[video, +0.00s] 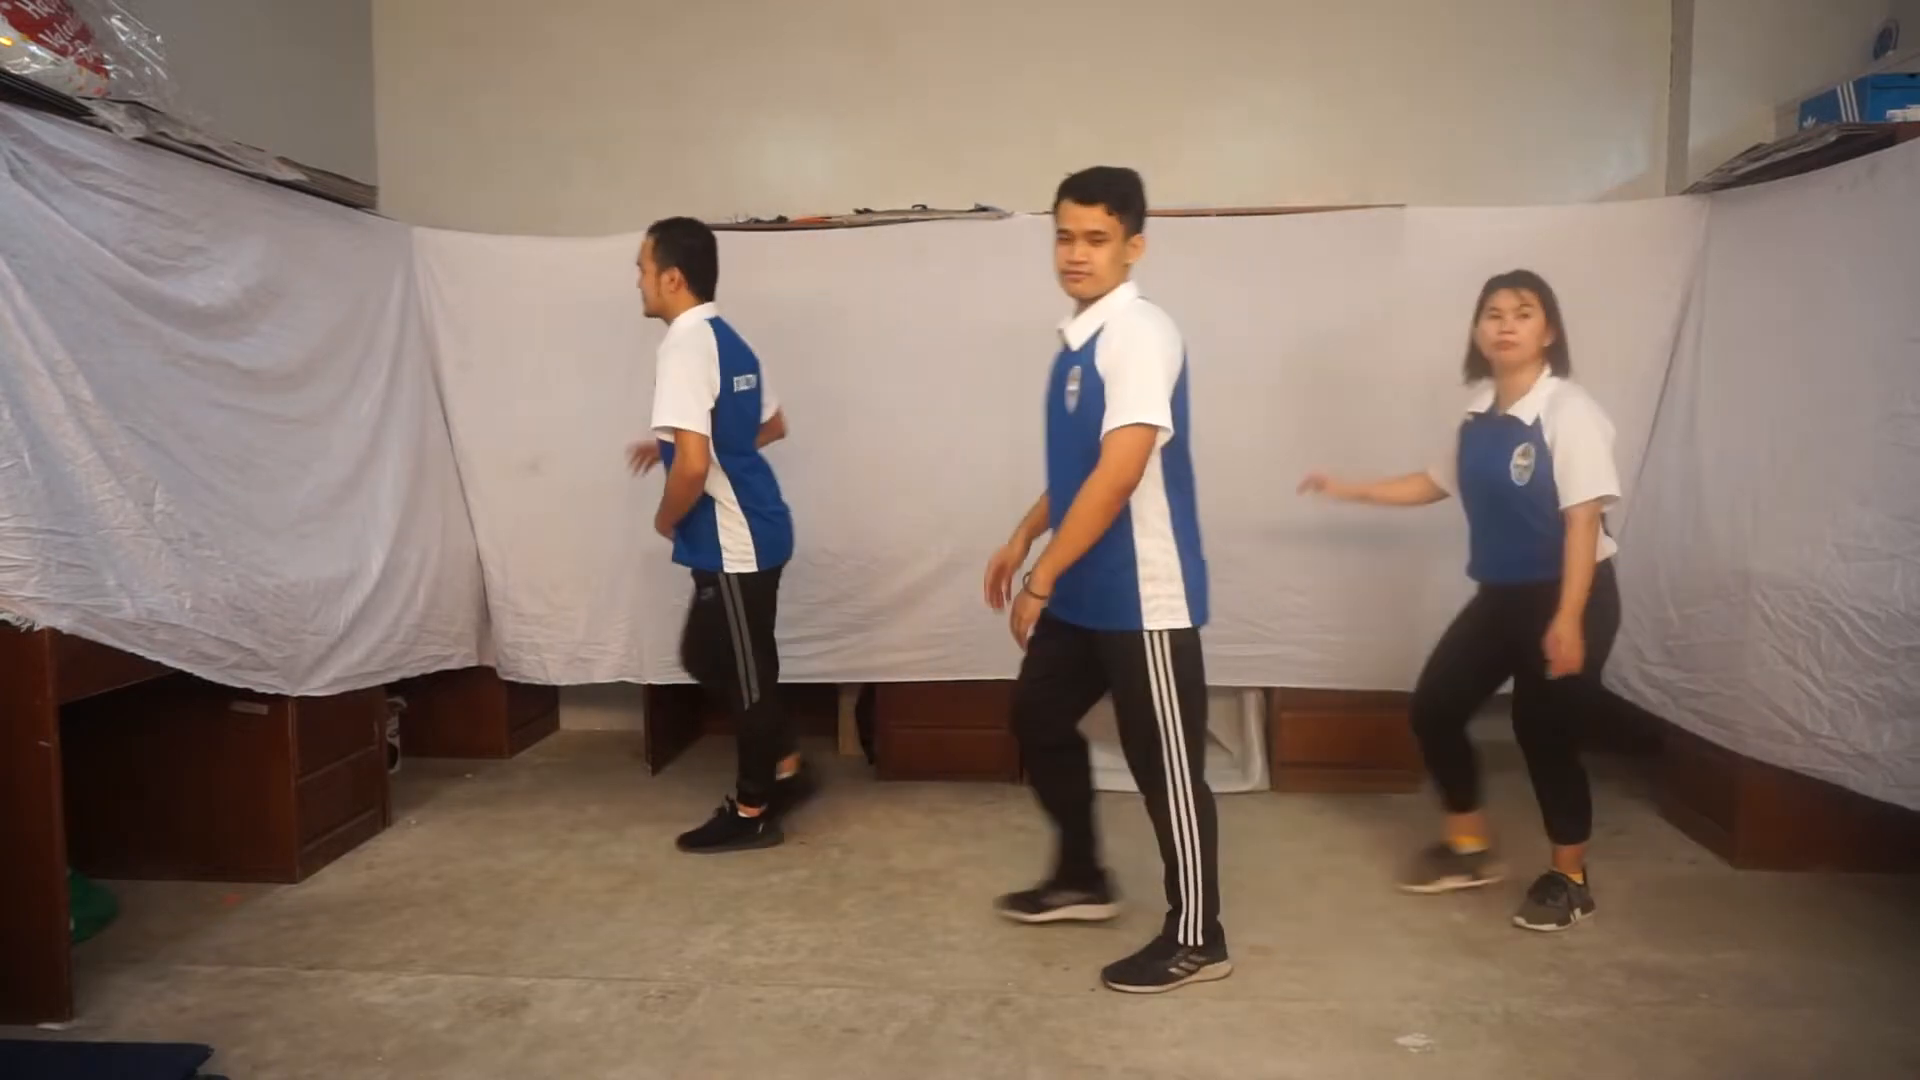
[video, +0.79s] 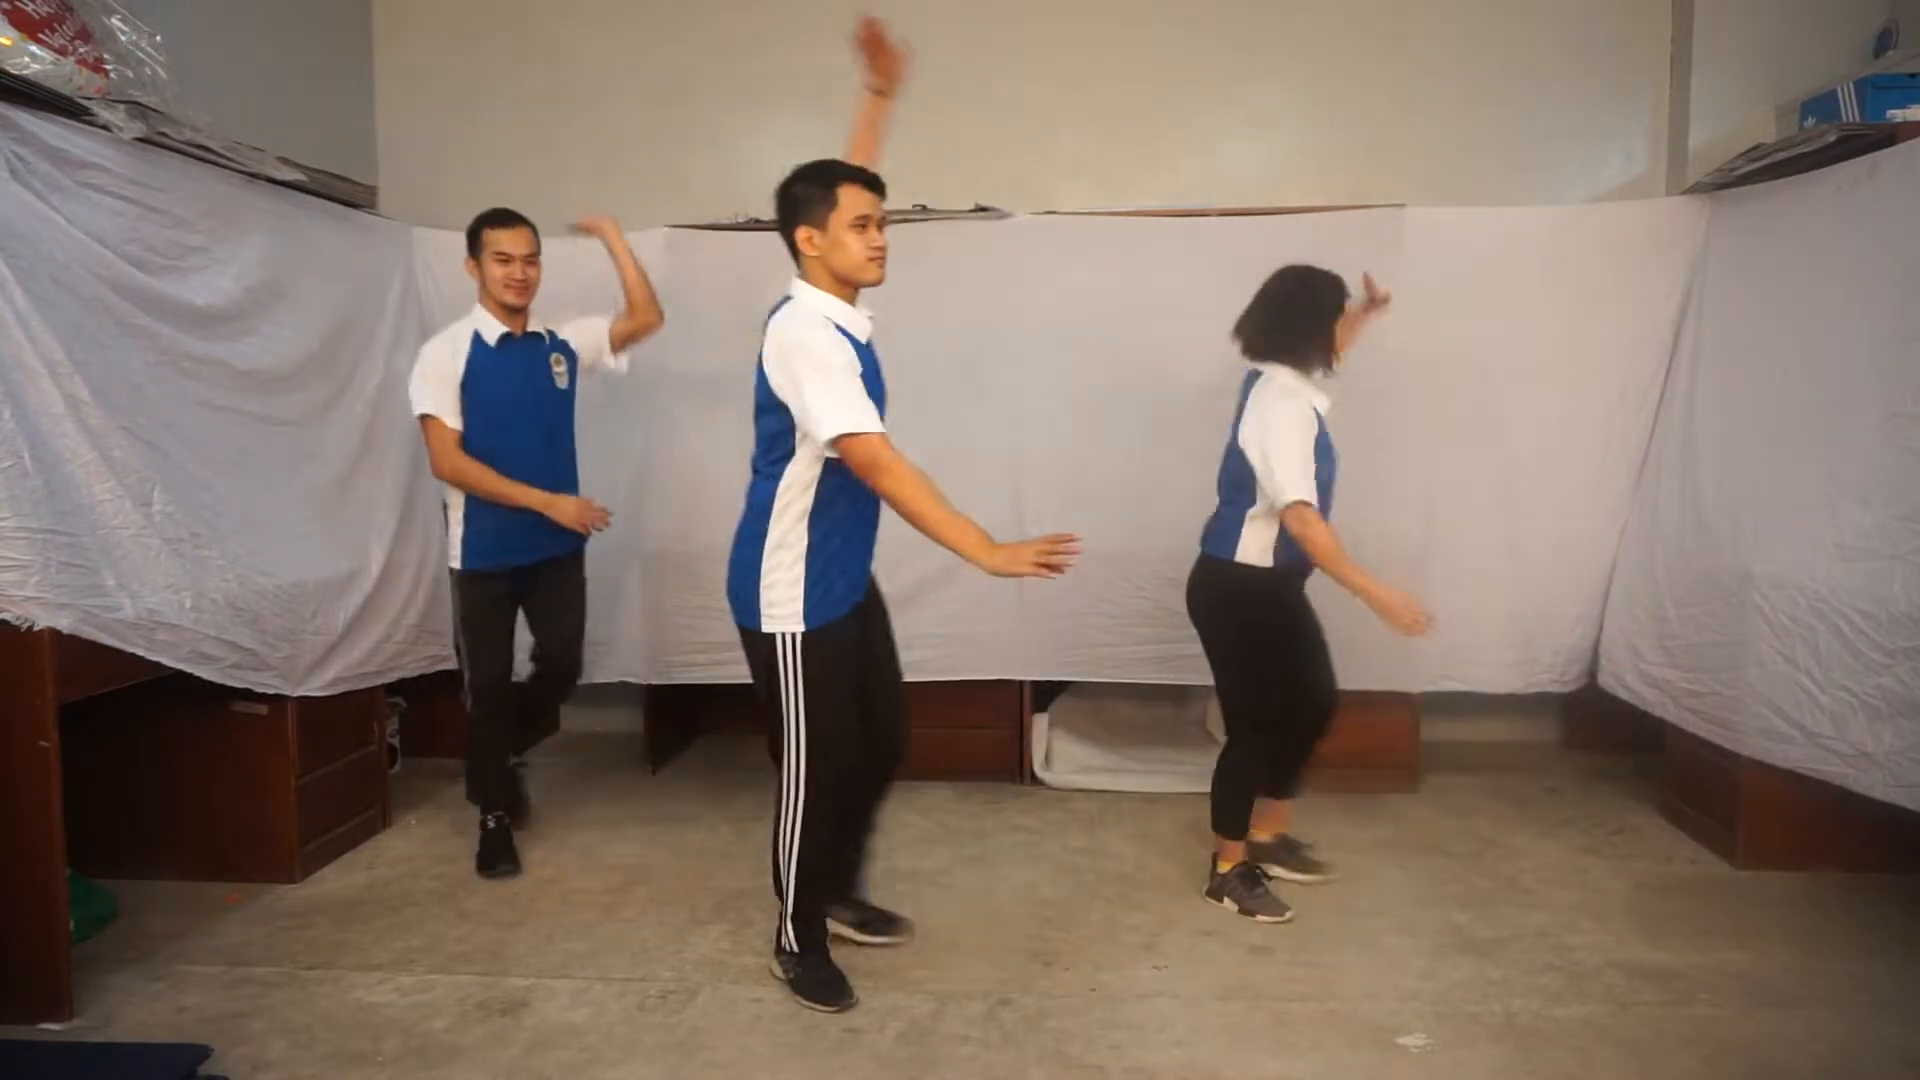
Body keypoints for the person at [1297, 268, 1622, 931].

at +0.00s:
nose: (1505, 324)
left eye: (1523, 314)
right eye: (1493, 315)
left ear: (1549, 333)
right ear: (1478, 334)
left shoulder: (1572, 412)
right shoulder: (1477, 415)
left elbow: (1584, 525)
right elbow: (1434, 484)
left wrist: (1569, 618)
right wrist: (1348, 490)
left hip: (1569, 595)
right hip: (1500, 597)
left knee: (1542, 725)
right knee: (1434, 708)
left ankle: (1570, 875)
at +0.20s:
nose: (1467, 319)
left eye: (1480, 308)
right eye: (1452, 310)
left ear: (1500, 325)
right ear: (1429, 329)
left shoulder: (1526, 411)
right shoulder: (1399, 406)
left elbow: (1574, 507)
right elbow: (1358, 489)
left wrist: (1616, 594)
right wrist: (1300, 552)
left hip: (1487, 598)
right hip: (1401, 593)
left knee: (1474, 734)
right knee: (1384, 724)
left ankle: (1519, 859)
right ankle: (1378, 856)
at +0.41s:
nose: (1430, 322)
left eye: (1439, 311)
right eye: (1413, 312)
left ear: (1452, 325)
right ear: (1382, 329)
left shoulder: (1476, 412)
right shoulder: (1347, 405)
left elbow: (1508, 507)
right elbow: (1275, 466)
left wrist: (1575, 572)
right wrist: (1237, 529)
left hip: (1438, 599)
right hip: (1350, 595)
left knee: (1442, 731)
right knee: (1333, 724)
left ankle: (1430, 861)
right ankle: (1313, 844)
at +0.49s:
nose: (1415, 325)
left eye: (1422, 315)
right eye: (1398, 315)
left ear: (1430, 329)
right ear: (1362, 330)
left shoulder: (1447, 414)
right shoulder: (1328, 406)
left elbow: (1482, 499)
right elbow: (1242, 479)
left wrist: (1564, 524)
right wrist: (1226, 527)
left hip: (1414, 600)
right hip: (1331, 597)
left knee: (1428, 730)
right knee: (1320, 732)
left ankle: (1428, 861)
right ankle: (1252, 854)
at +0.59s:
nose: (1397, 334)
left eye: (1399, 323)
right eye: (1384, 323)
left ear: (1395, 334)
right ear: (1343, 334)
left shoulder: (1402, 416)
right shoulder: (1308, 411)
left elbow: (1457, 476)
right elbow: (1249, 495)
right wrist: (1249, 558)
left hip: (1367, 604)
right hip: (1293, 602)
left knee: (1402, 729)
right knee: (1293, 737)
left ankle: (1426, 861)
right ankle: (1233, 865)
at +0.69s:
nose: (1373, 335)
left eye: (1372, 322)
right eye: (1365, 322)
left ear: (1335, 334)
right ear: (1328, 329)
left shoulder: (1351, 406)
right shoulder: (1286, 402)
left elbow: (1411, 418)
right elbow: (1279, 509)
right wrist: (1332, 582)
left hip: (1318, 590)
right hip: (1259, 590)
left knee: (1357, 719)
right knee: (1269, 734)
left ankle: (1383, 853)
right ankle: (1230, 868)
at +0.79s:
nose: (1343, 330)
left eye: (1343, 319)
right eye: (1337, 320)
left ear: (1281, 321)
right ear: (1311, 325)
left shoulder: (1287, 381)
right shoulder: (1281, 399)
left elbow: (1323, 358)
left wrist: (1363, 314)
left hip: (1273, 580)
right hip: (1235, 585)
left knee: (1313, 701)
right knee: (1254, 722)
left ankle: (1265, 834)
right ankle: (1227, 866)